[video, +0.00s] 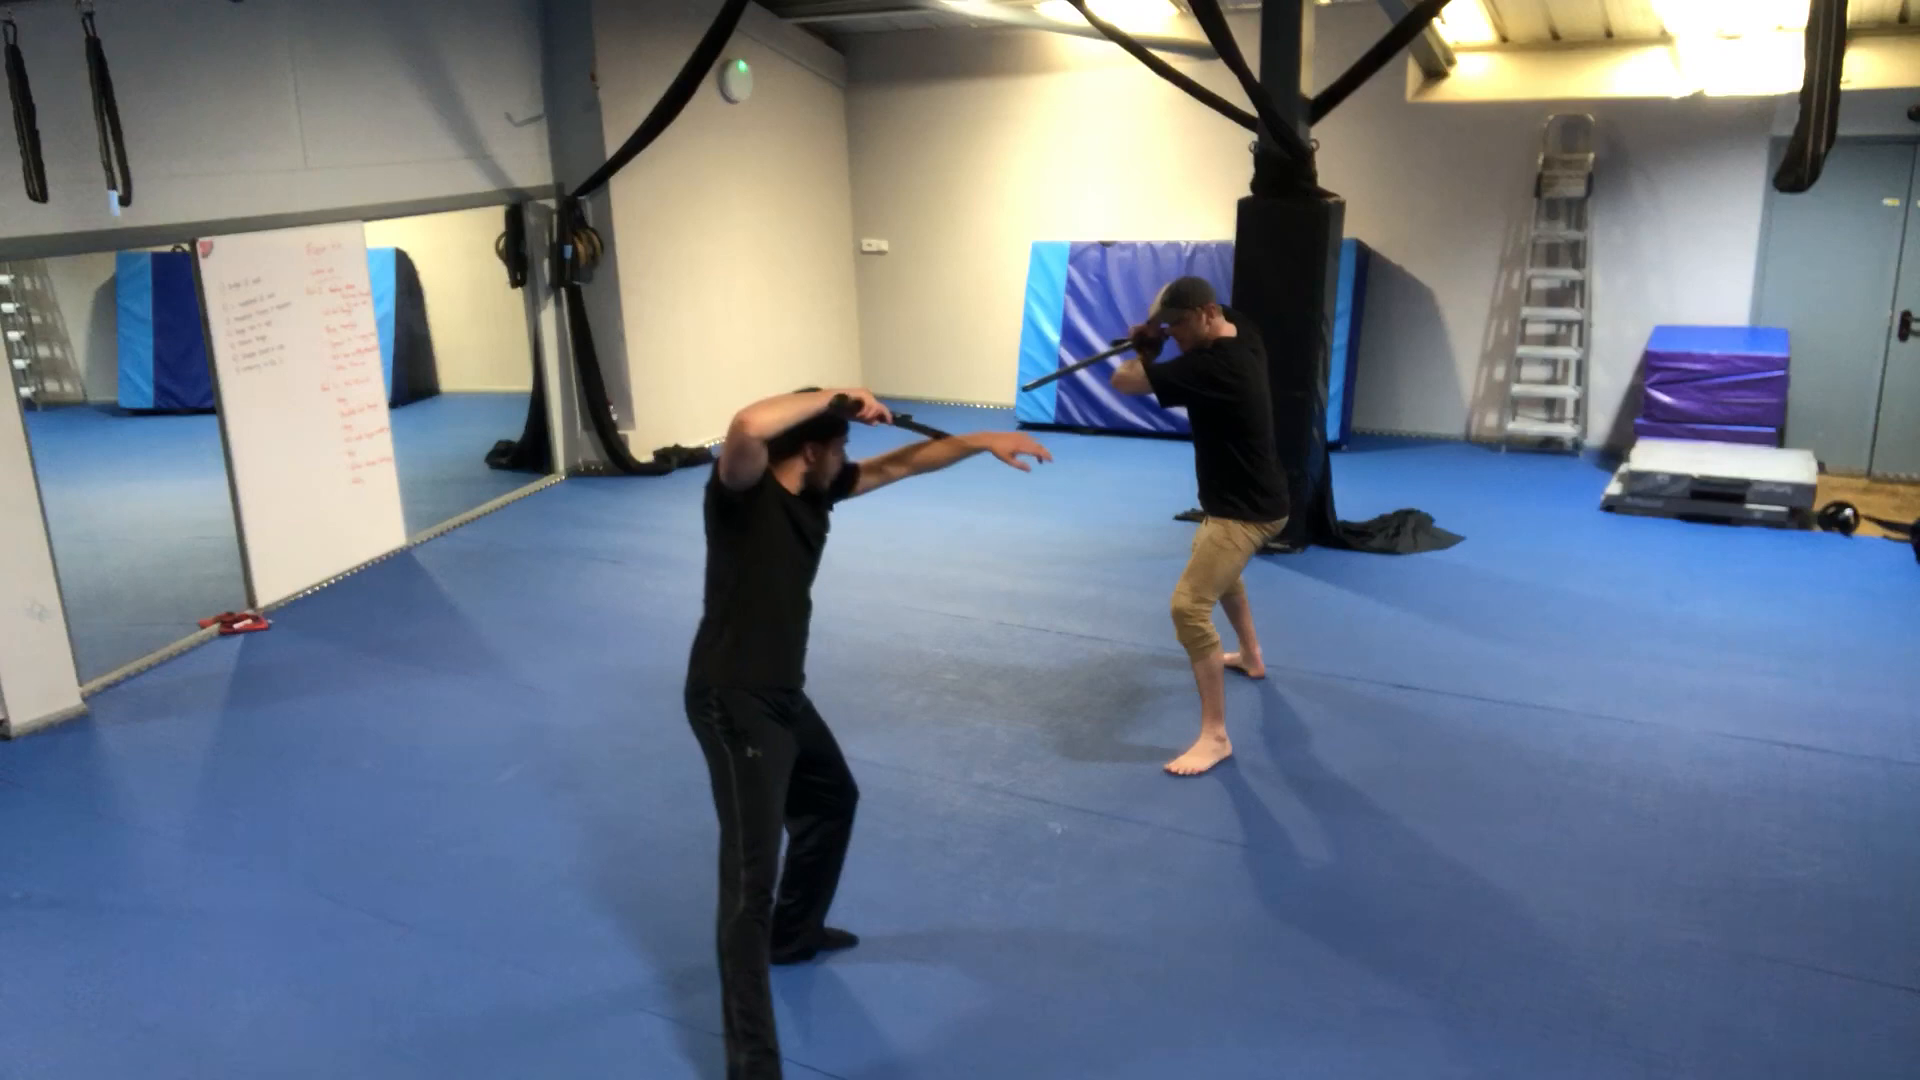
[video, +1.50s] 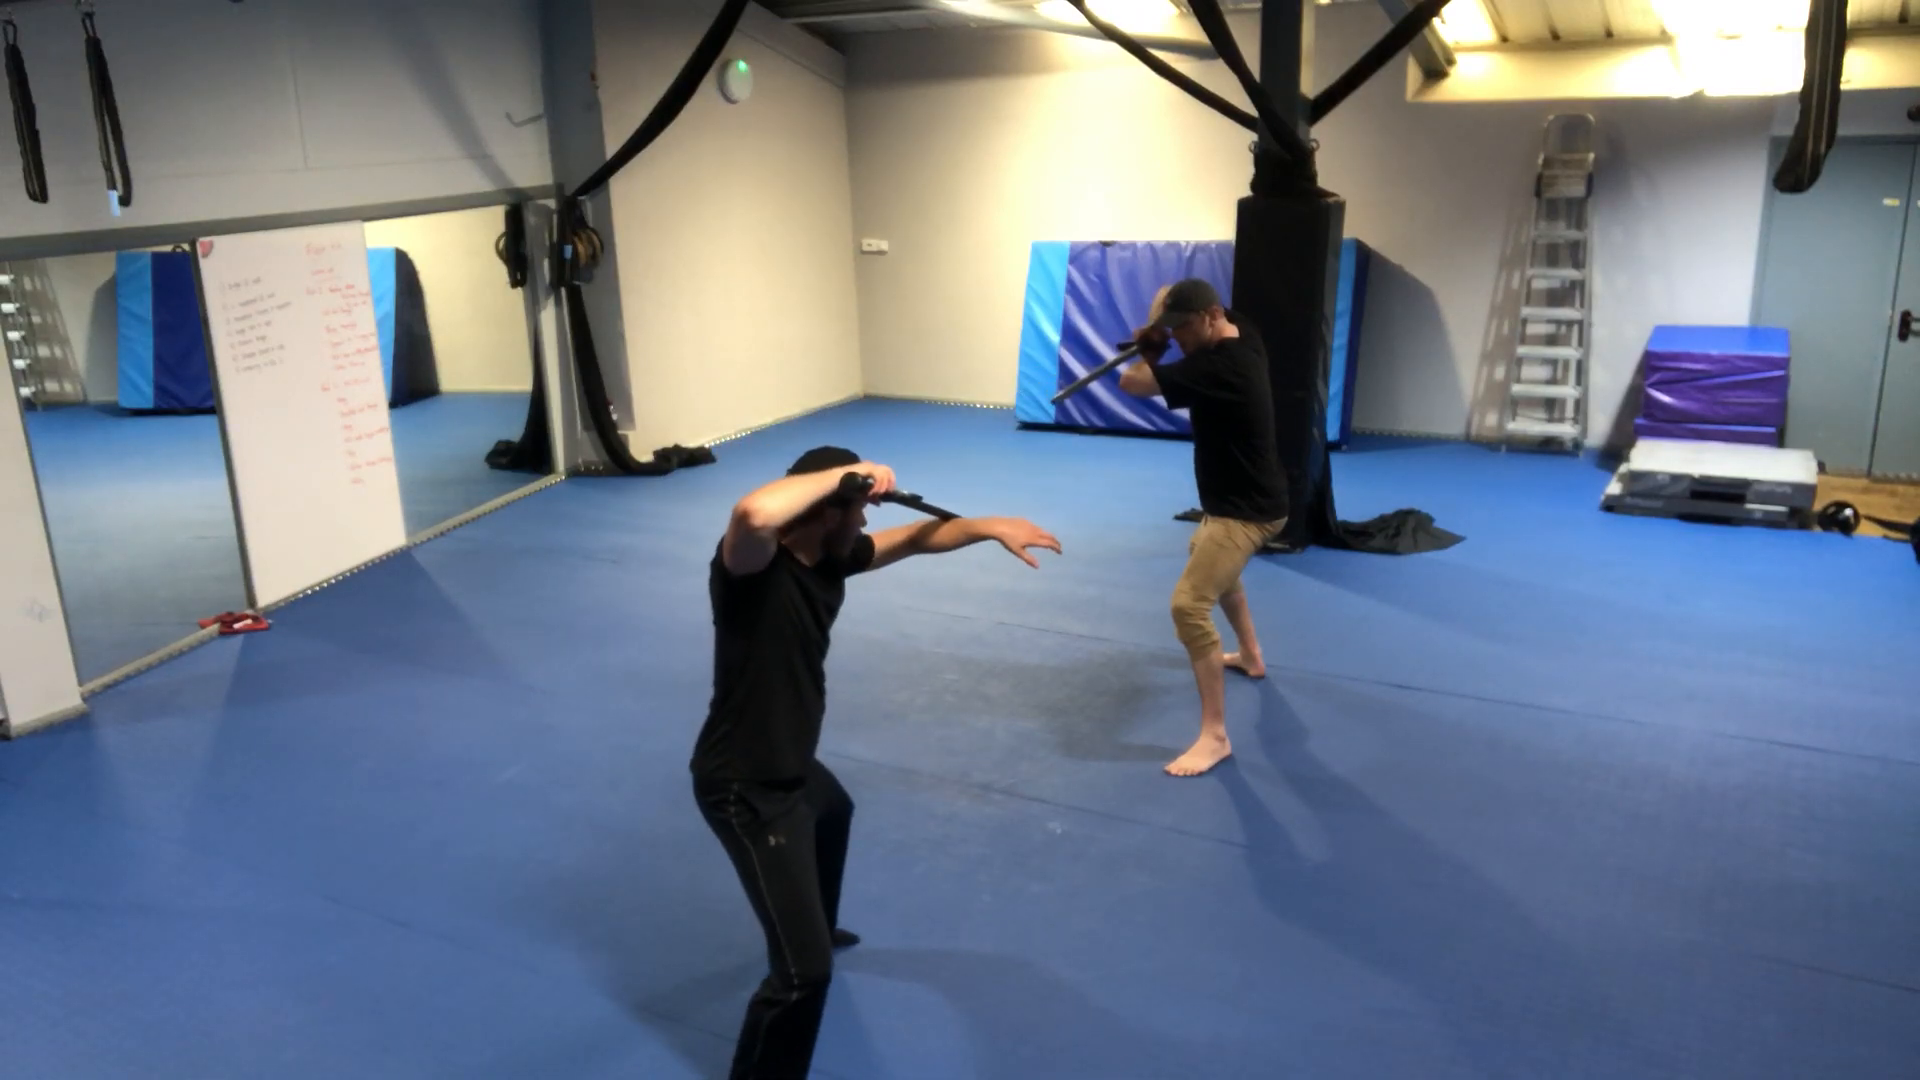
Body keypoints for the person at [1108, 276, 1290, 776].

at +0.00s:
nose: (1175, 338)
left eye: (1179, 329)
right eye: (1172, 329)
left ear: (1206, 316)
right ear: (1210, 315)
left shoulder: (1211, 364)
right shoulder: (1241, 339)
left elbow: (1127, 380)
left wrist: (1145, 352)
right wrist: (1153, 331)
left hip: (1242, 512)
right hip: (1243, 501)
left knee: (1190, 610)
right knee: (1220, 572)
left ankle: (1214, 735)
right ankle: (1250, 653)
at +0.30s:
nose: (1179, 338)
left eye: (1183, 329)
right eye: (1175, 329)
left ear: (1211, 317)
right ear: (1213, 316)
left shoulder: (1216, 365)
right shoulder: (1243, 338)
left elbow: (1130, 380)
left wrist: (1152, 353)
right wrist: (1157, 336)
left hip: (1245, 512)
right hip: (1240, 501)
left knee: (1190, 608)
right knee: (1216, 566)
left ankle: (1214, 734)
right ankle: (1250, 653)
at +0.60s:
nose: (1180, 341)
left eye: (1183, 332)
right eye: (1176, 332)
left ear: (1210, 318)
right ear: (1213, 316)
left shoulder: (1216, 365)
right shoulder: (1243, 338)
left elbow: (1131, 381)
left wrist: (1151, 353)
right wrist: (1157, 333)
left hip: (1245, 512)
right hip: (1238, 501)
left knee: (1191, 608)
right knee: (1210, 558)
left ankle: (1214, 735)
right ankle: (1250, 652)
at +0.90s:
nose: (1179, 342)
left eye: (1183, 333)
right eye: (1176, 333)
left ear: (1211, 319)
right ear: (1214, 318)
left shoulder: (1216, 365)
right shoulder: (1243, 341)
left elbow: (1132, 382)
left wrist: (1151, 353)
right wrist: (1158, 335)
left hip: (1245, 512)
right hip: (1236, 502)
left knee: (1191, 608)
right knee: (1208, 557)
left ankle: (1214, 735)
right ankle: (1250, 653)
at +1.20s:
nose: (1179, 341)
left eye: (1183, 332)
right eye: (1175, 332)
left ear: (1212, 320)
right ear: (1214, 319)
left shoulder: (1217, 365)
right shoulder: (1241, 341)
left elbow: (1133, 381)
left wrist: (1153, 353)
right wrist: (1157, 328)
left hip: (1245, 512)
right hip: (1236, 501)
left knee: (1191, 608)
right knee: (1207, 556)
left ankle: (1214, 735)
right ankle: (1250, 653)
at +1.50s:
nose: (1179, 342)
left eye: (1183, 334)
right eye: (1176, 334)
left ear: (1210, 319)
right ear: (1213, 318)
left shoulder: (1217, 365)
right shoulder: (1240, 342)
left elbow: (1133, 382)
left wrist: (1152, 352)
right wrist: (1156, 326)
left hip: (1245, 512)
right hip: (1233, 502)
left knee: (1191, 608)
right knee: (1206, 555)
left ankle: (1214, 734)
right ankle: (1250, 653)